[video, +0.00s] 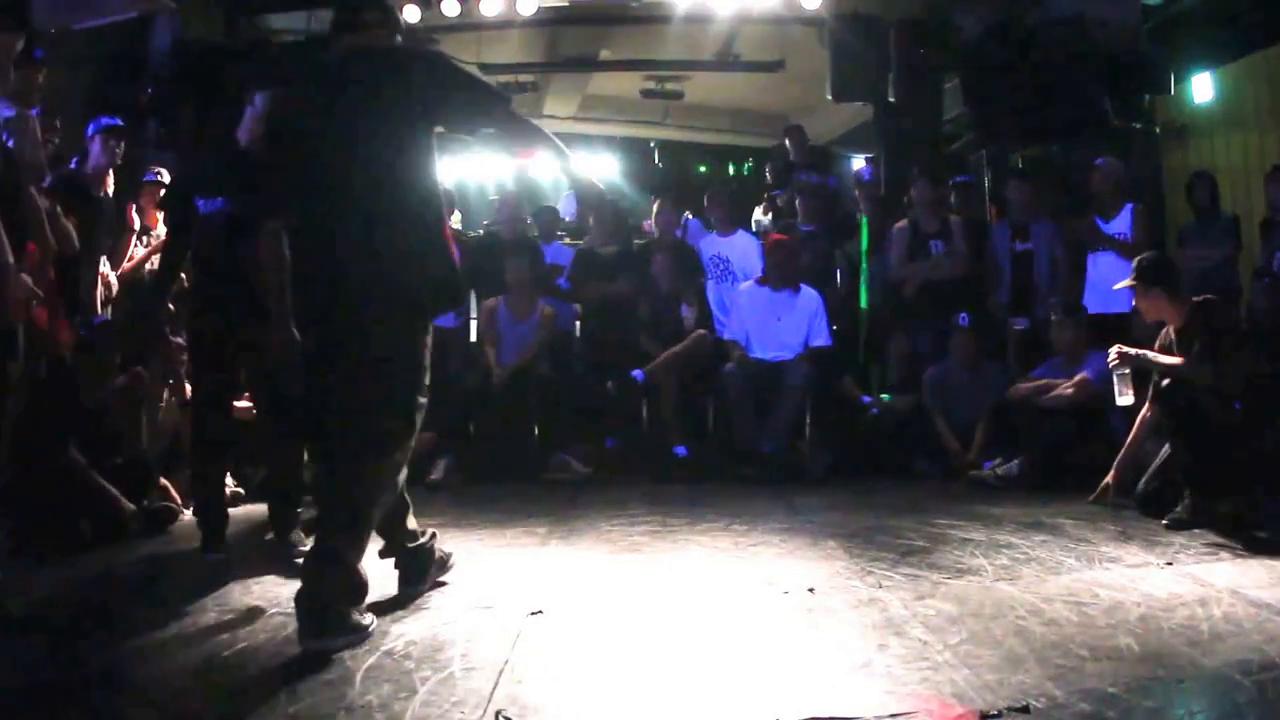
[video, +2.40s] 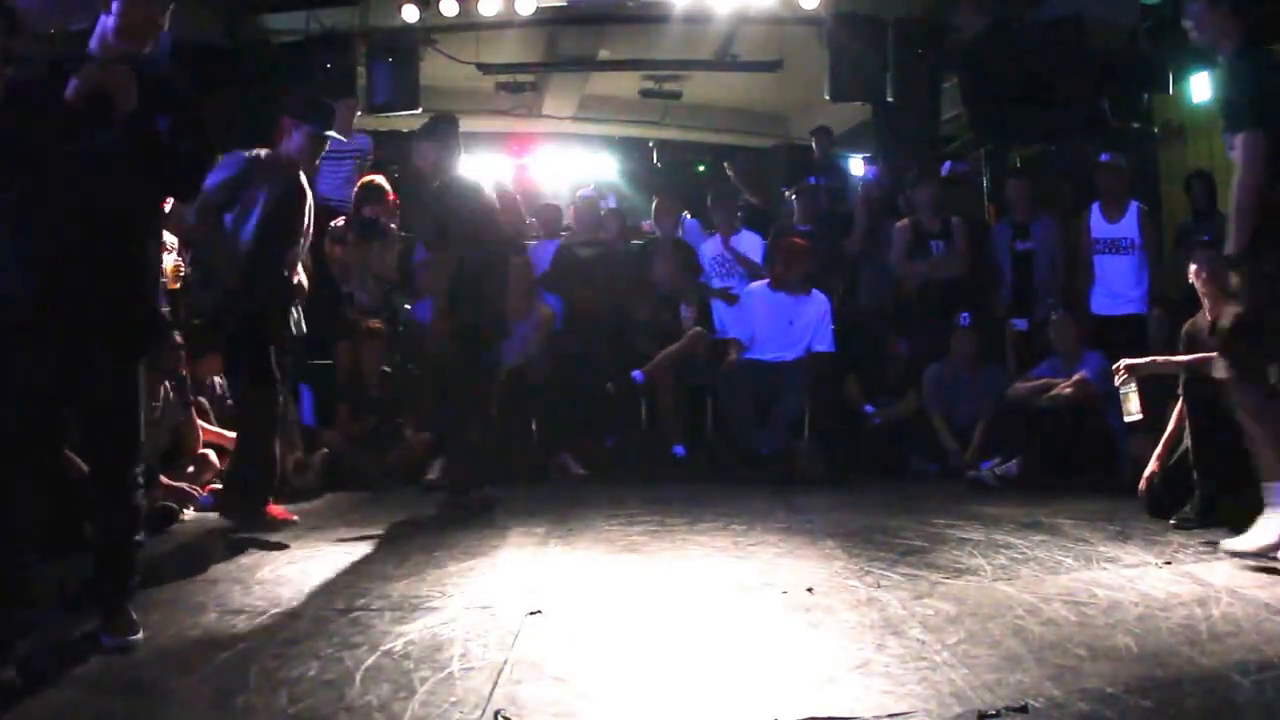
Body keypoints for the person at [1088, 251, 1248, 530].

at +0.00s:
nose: (1135, 303)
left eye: (1138, 293)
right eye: (1133, 294)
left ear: (1159, 293)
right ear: (1156, 295)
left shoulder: (1209, 313)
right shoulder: (1166, 341)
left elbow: (1203, 367)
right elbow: (1151, 411)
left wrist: (1140, 357)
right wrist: (1117, 472)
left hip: (1232, 426)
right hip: (1197, 430)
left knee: (1173, 395)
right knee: (1149, 498)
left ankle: (1196, 497)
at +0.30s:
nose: (1151, 289)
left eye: (1156, 280)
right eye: (1151, 281)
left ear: (1179, 281)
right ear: (1175, 283)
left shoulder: (1221, 310)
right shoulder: (1176, 332)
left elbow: (1214, 362)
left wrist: (1144, 360)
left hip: (1235, 425)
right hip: (1200, 430)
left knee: (1183, 385)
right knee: (1150, 495)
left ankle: (1197, 500)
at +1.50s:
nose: (1186, 276)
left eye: (1195, 269)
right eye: (1186, 269)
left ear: (1220, 274)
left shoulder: (1245, 315)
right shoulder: (1193, 328)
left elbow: (1220, 360)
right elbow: (1193, 403)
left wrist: (1145, 368)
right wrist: (1169, 450)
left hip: (1255, 431)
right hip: (1213, 432)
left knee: (1196, 388)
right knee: (1156, 497)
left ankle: (1206, 503)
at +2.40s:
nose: (1200, 277)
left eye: (1207, 269)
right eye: (1195, 271)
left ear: (1222, 274)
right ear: (1190, 278)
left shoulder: (1243, 319)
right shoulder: (1192, 329)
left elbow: (1226, 361)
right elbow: (1186, 400)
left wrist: (1147, 364)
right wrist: (1158, 458)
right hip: (1203, 440)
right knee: (1159, 500)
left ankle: (1205, 498)